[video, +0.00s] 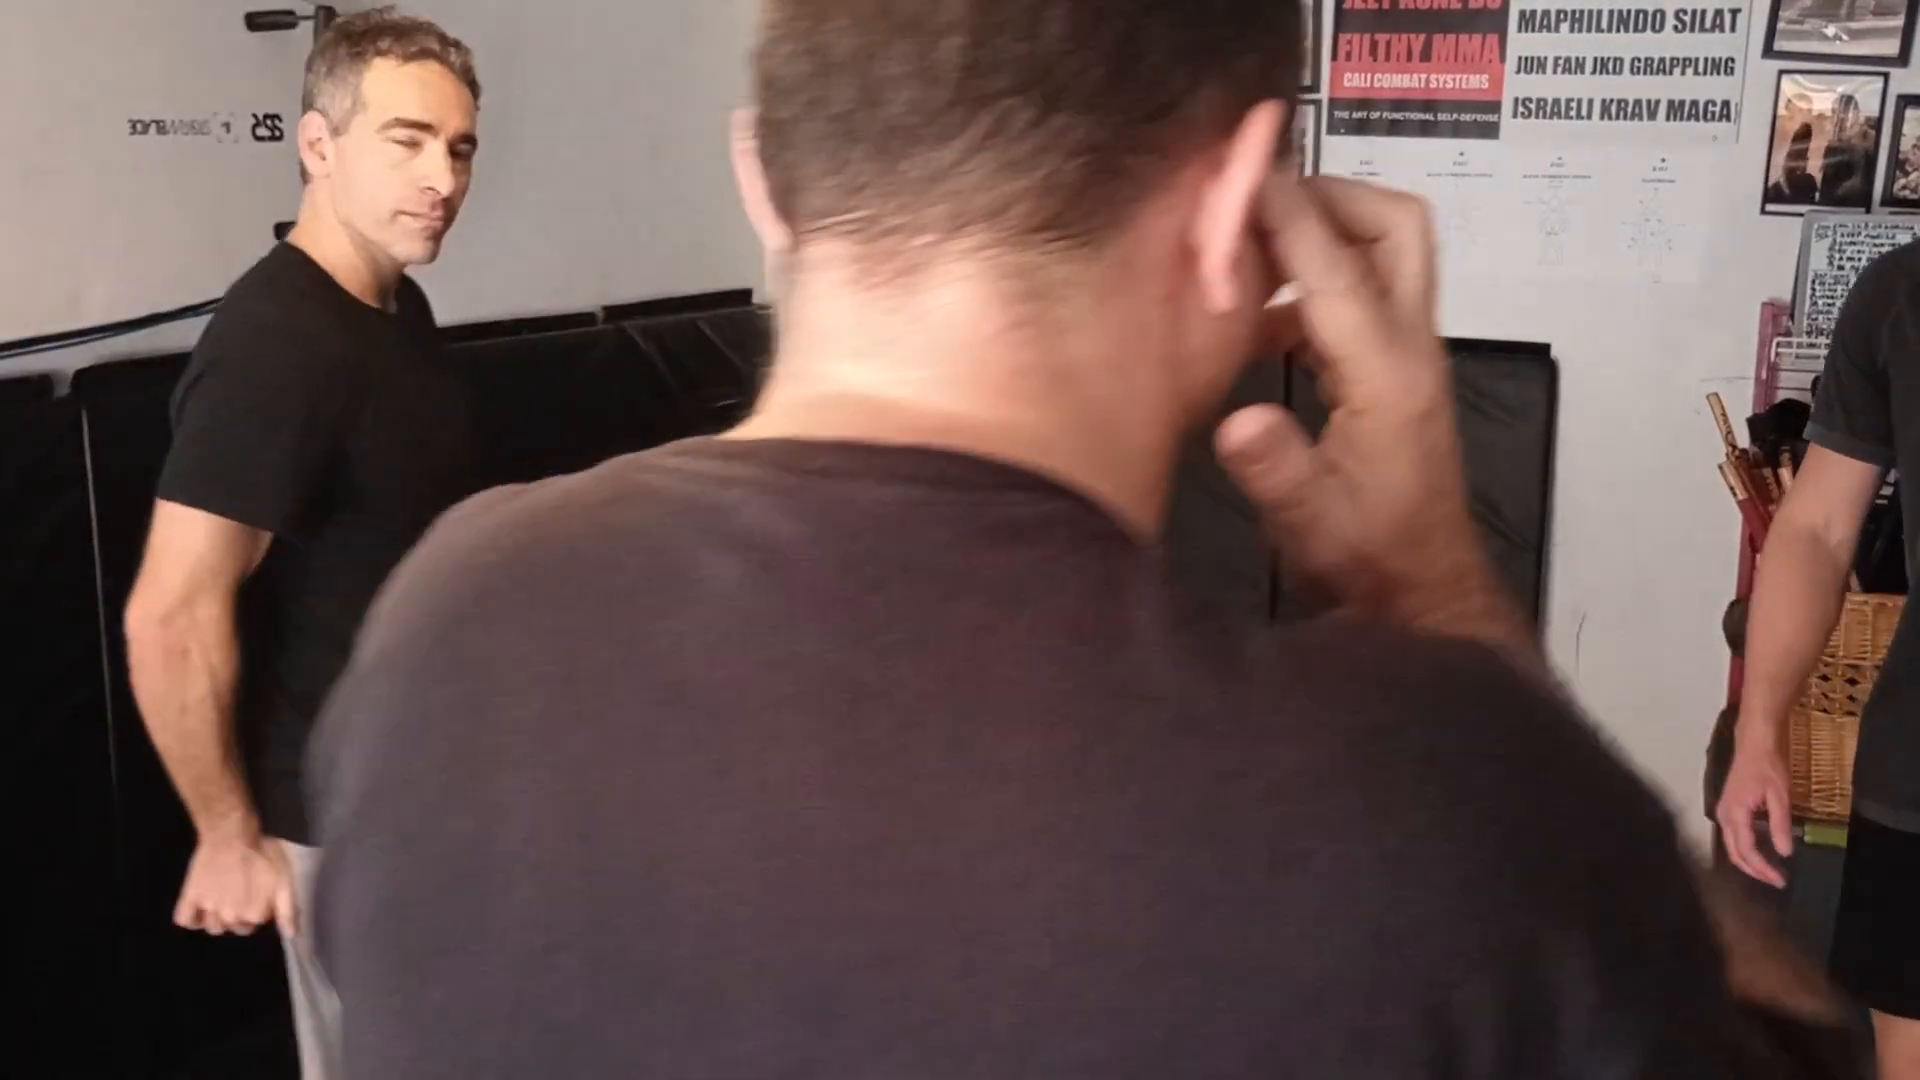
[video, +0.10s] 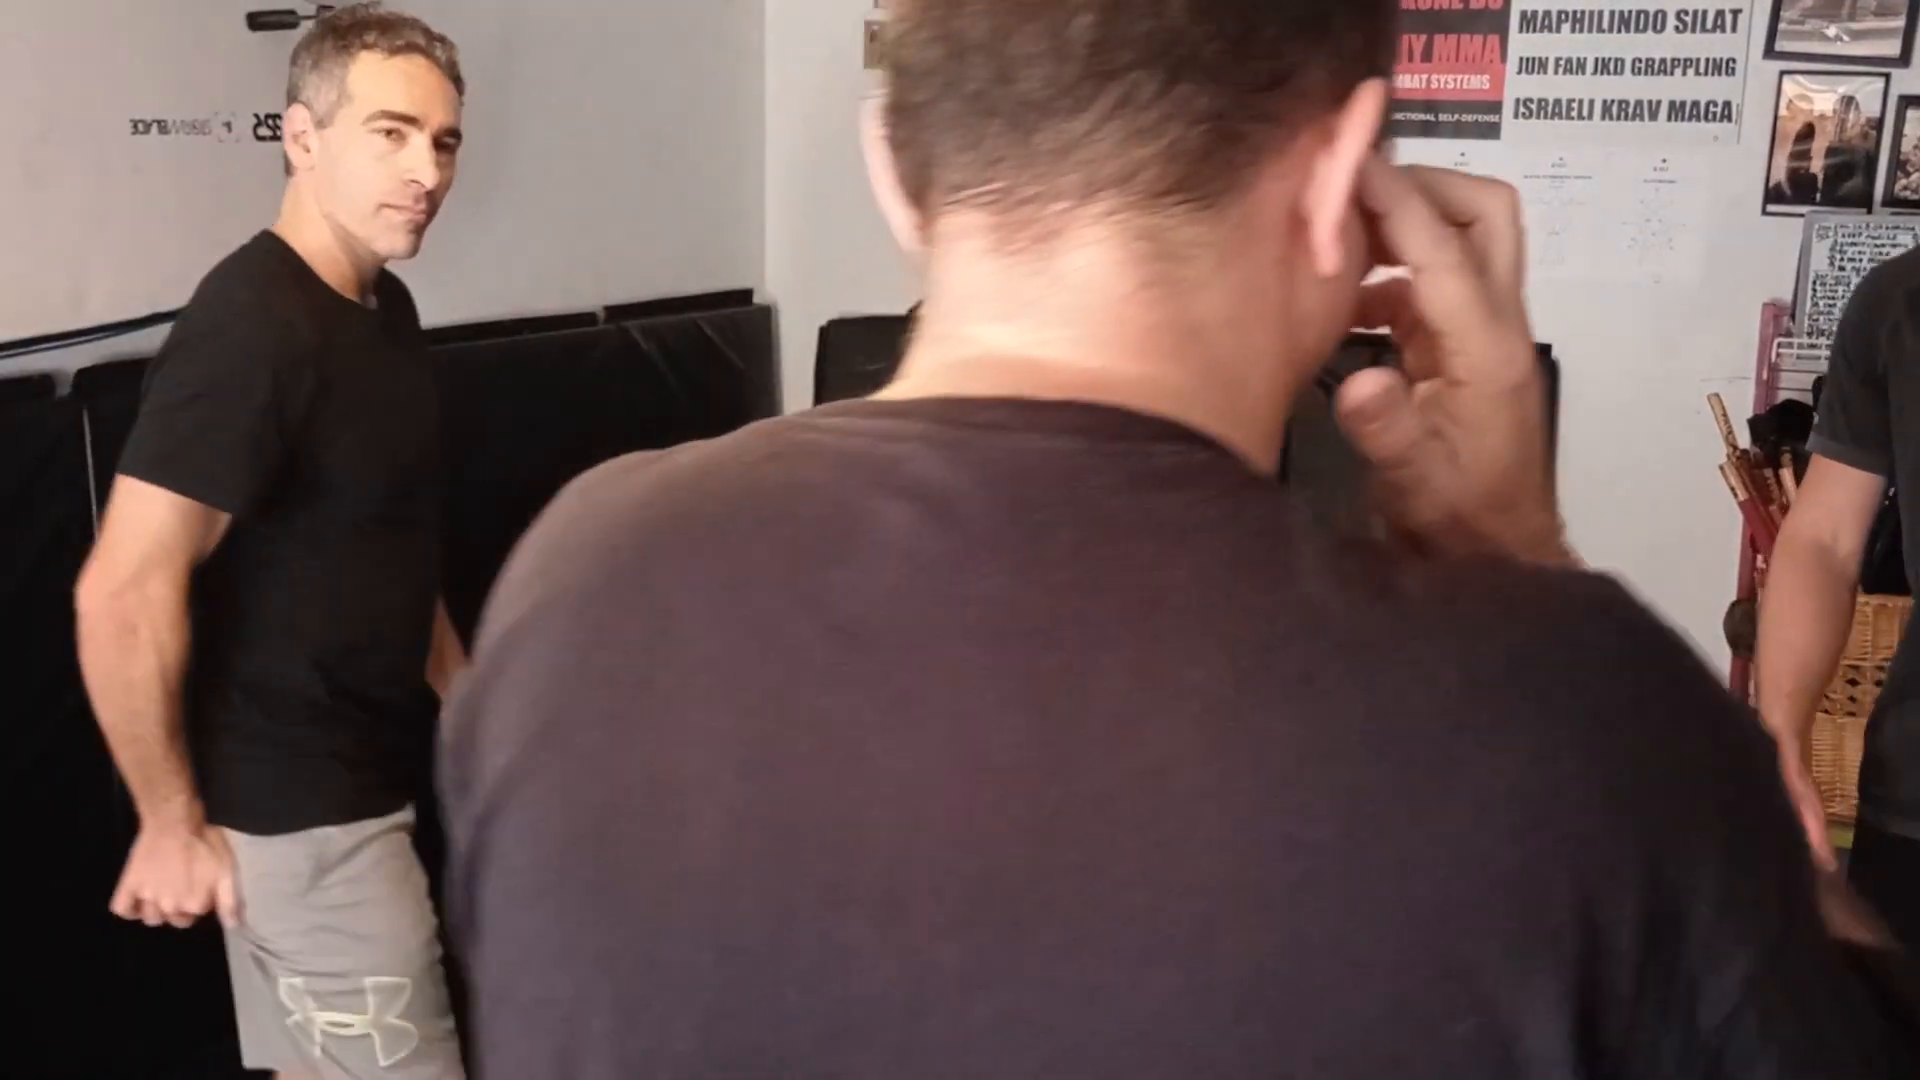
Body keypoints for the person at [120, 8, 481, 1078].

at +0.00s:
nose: (442, 179)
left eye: (459, 151)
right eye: (408, 140)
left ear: (472, 163)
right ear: (319, 144)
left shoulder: (400, 309)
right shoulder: (271, 336)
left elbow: (421, 550)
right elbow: (171, 614)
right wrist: (227, 835)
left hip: (434, 784)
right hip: (327, 824)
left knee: (468, 1049)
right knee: (370, 1060)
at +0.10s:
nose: (426, 172)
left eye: (444, 144)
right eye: (391, 134)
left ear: (454, 157)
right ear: (300, 138)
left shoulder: (383, 308)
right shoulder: (246, 318)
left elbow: (395, 561)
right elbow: (123, 585)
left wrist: (478, 733)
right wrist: (167, 819)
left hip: (363, 796)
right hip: (293, 821)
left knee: (324, 1061)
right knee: (393, 1062)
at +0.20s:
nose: (396, 169)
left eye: (413, 141)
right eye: (362, 130)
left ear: (425, 154)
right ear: (270, 133)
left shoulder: (352, 309)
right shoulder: (212, 313)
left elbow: (354, 543)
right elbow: (75, 578)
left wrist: (433, 704)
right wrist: (125, 819)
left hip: (319, 793)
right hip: (257, 812)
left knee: (284, 1057)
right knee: (367, 1060)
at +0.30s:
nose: (352, 169)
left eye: (368, 143)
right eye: (319, 132)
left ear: (379, 158)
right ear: (222, 135)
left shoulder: (301, 310)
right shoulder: (173, 314)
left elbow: (309, 552)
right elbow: (42, 579)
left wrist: (393, 709)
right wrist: (91, 840)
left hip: (287, 817)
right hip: (228, 838)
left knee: (263, 1059)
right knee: (319, 1060)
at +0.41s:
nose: (299, 175)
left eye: (313, 145)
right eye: (260, 135)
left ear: (327, 157)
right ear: (160, 147)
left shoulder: (231, 315)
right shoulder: (123, 331)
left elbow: (246, 558)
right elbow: (19, 592)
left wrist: (330, 720)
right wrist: (38, 866)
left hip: (248, 836)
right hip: (176, 861)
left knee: (255, 1058)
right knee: (215, 1067)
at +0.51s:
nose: (243, 193)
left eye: (255, 157)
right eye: (201, 150)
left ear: (264, 166)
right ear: (94, 158)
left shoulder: (161, 340)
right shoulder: (60, 366)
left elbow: (160, 591)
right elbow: (1, 615)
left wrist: (250, 747)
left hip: (198, 898)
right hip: (85, 930)